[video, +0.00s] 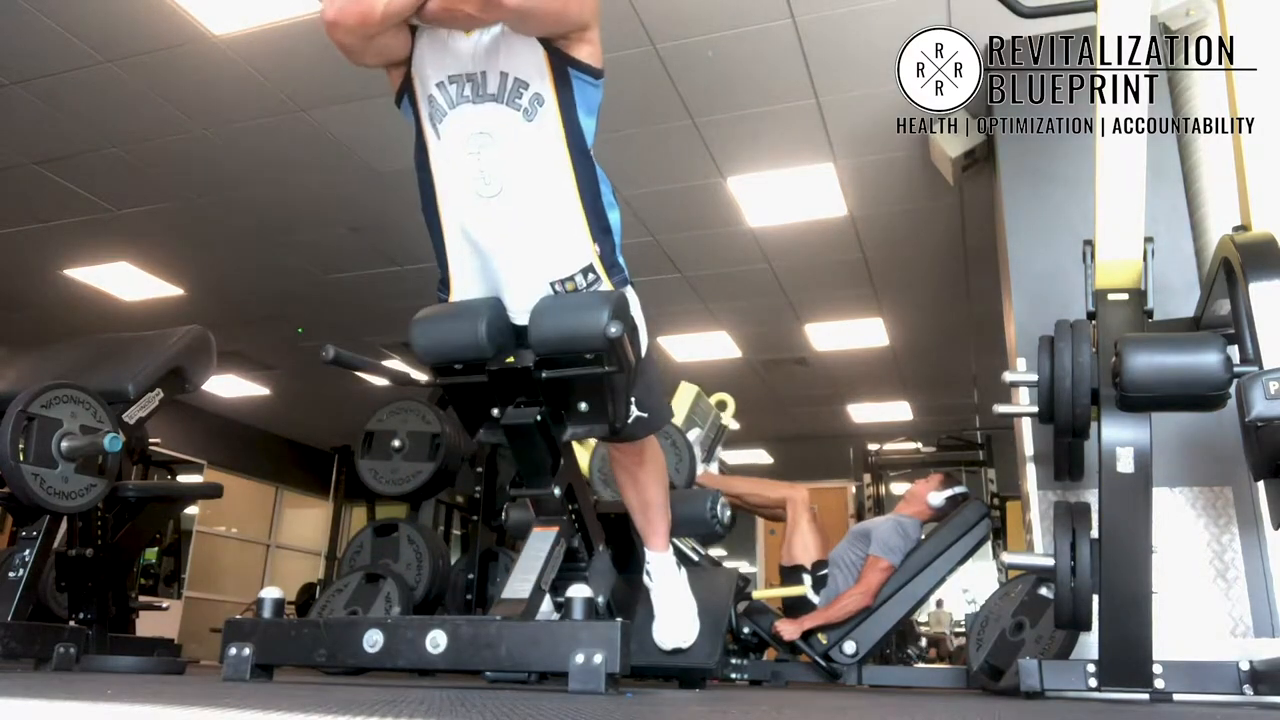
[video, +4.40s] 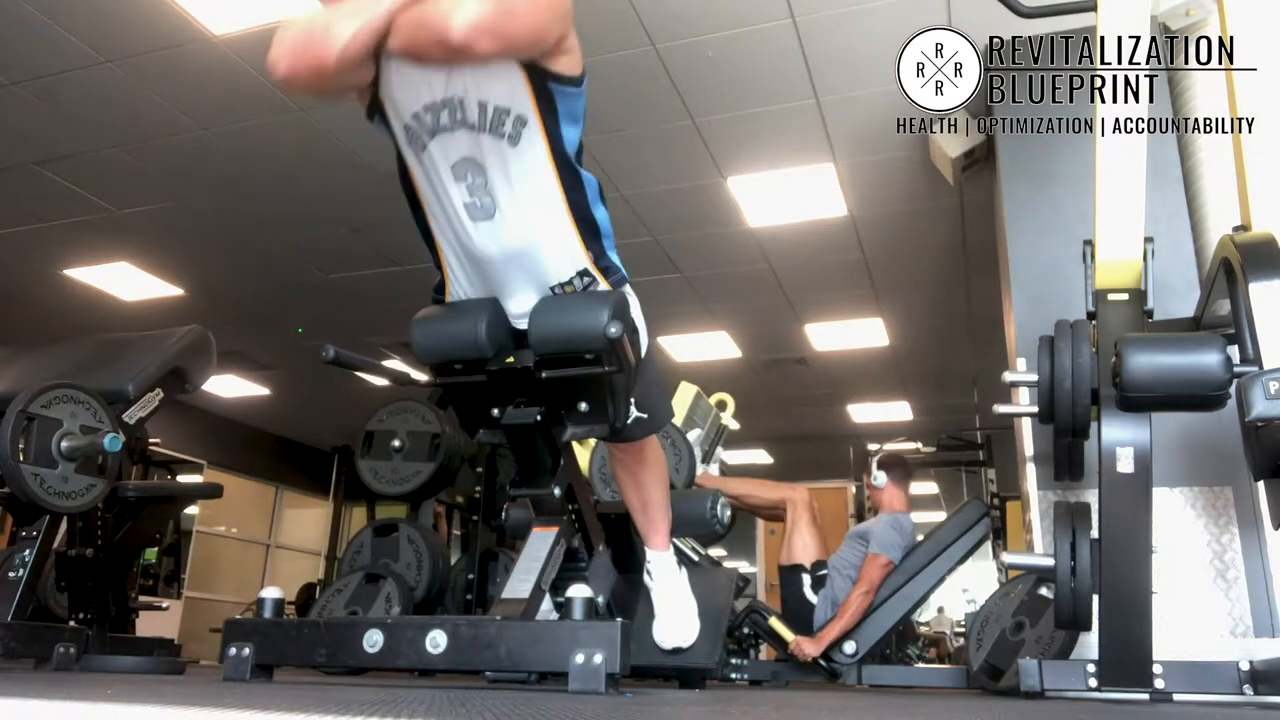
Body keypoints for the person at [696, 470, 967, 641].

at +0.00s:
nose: (920, 479)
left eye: (928, 480)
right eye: (927, 476)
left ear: (931, 498)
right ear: (933, 505)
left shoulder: (895, 528)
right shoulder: (902, 526)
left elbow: (865, 595)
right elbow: (865, 593)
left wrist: (801, 624)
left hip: (813, 603)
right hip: (819, 598)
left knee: (798, 497)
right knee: (797, 502)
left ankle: (704, 476)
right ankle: (720, 488)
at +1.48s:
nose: (918, 482)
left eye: (927, 481)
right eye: (926, 478)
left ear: (932, 499)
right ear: (934, 501)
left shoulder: (898, 529)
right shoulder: (904, 527)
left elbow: (865, 594)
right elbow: (864, 591)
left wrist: (801, 624)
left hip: (816, 604)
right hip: (823, 600)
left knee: (839, 500)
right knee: (841, 506)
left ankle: (734, 506)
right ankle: (747, 516)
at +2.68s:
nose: (897, 479)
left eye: (907, 476)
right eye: (901, 473)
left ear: (925, 493)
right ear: (920, 494)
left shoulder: (897, 529)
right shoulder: (905, 527)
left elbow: (865, 596)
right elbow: (867, 592)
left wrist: (801, 624)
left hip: (813, 604)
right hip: (817, 598)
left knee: (802, 497)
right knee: (798, 502)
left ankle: (706, 478)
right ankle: (723, 490)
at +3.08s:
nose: (874, 484)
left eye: (879, 477)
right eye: (876, 477)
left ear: (898, 482)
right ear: (903, 483)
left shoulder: (893, 528)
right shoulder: (897, 527)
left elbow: (873, 597)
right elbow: (873, 594)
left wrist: (807, 616)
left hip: (814, 601)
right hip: (818, 597)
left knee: (757, 504)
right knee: (758, 506)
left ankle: (677, 461)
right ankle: (688, 466)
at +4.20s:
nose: (867, 491)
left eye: (869, 483)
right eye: (867, 483)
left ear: (882, 479)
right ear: (895, 480)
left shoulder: (890, 526)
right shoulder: (898, 525)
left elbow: (866, 590)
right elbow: (867, 590)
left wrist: (819, 641)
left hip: (814, 618)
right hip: (822, 613)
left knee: (789, 500)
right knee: (794, 510)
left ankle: (695, 471)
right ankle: (721, 495)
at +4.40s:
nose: (868, 490)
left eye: (869, 483)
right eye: (868, 483)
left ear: (879, 481)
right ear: (903, 482)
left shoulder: (889, 527)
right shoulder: (898, 525)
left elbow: (866, 592)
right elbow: (867, 591)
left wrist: (819, 641)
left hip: (814, 616)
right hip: (821, 611)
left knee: (798, 496)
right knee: (801, 505)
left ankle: (702, 479)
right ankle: (724, 497)